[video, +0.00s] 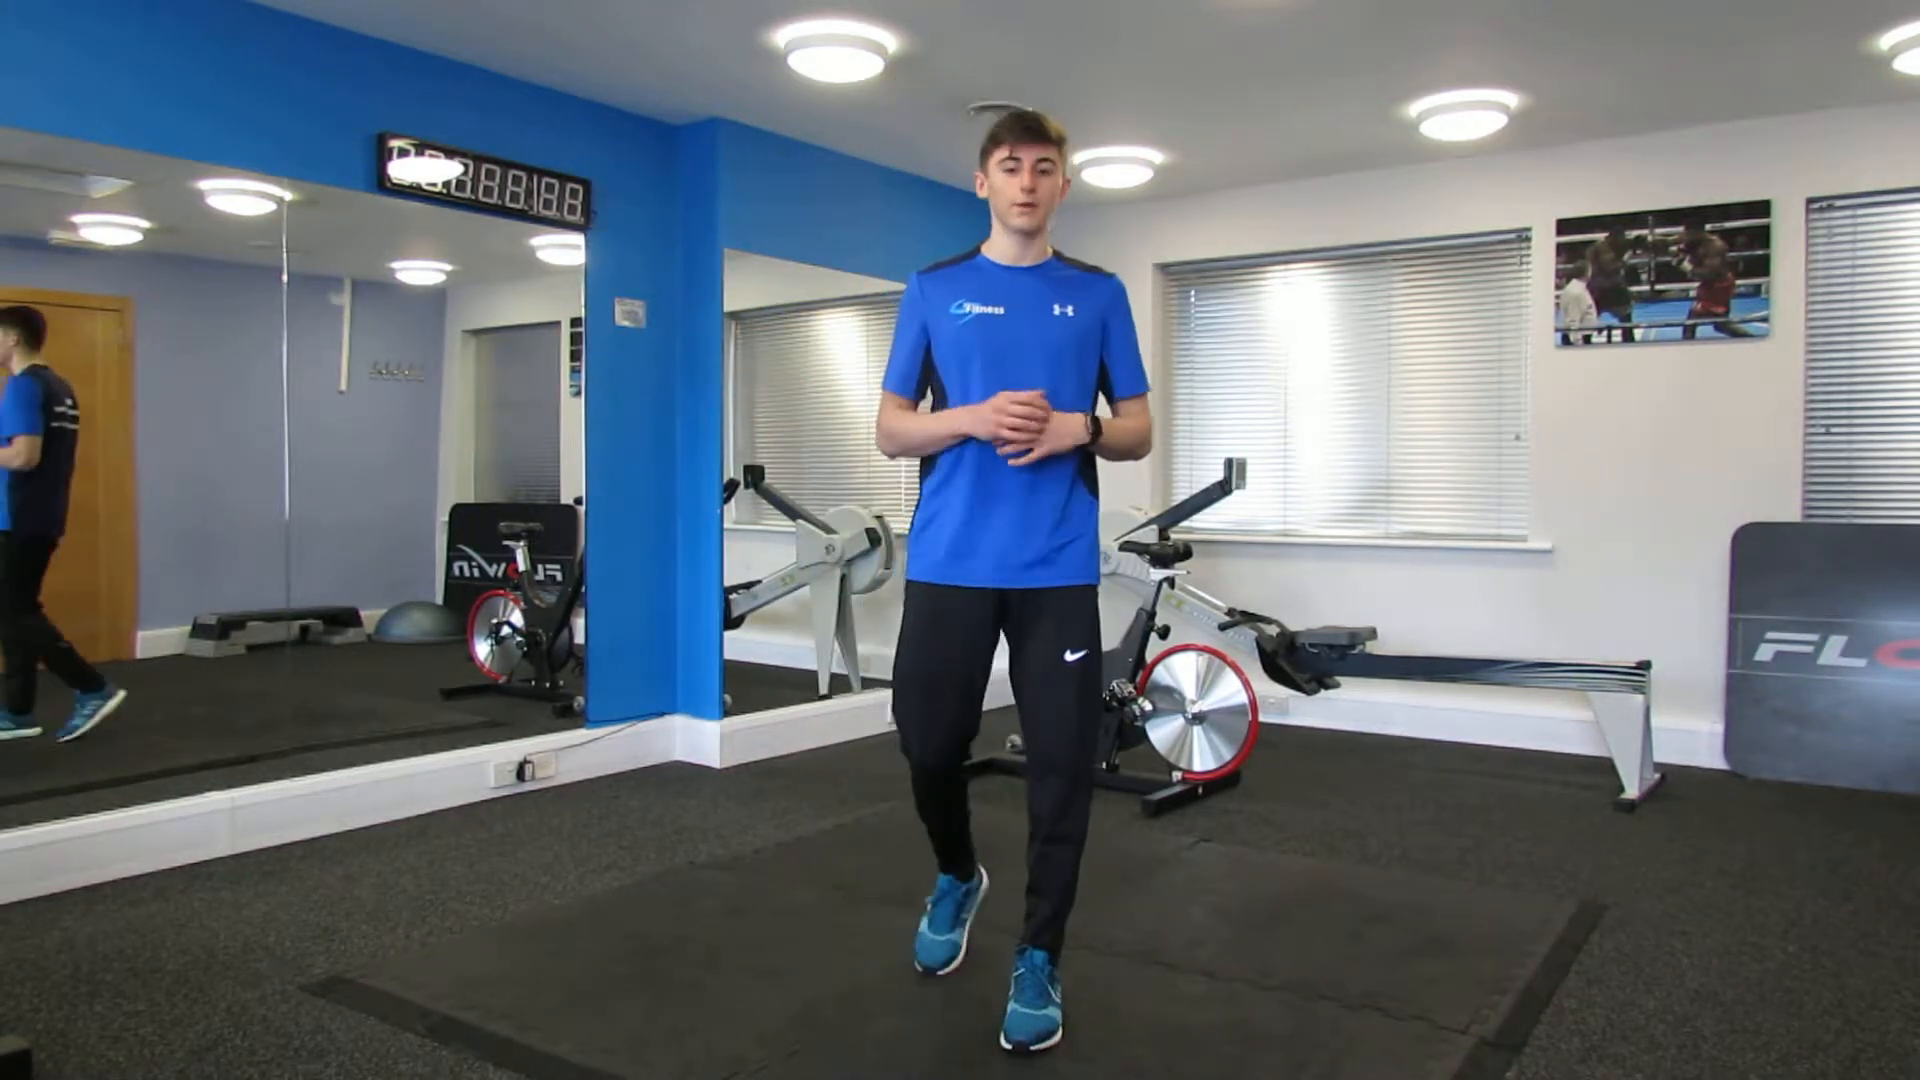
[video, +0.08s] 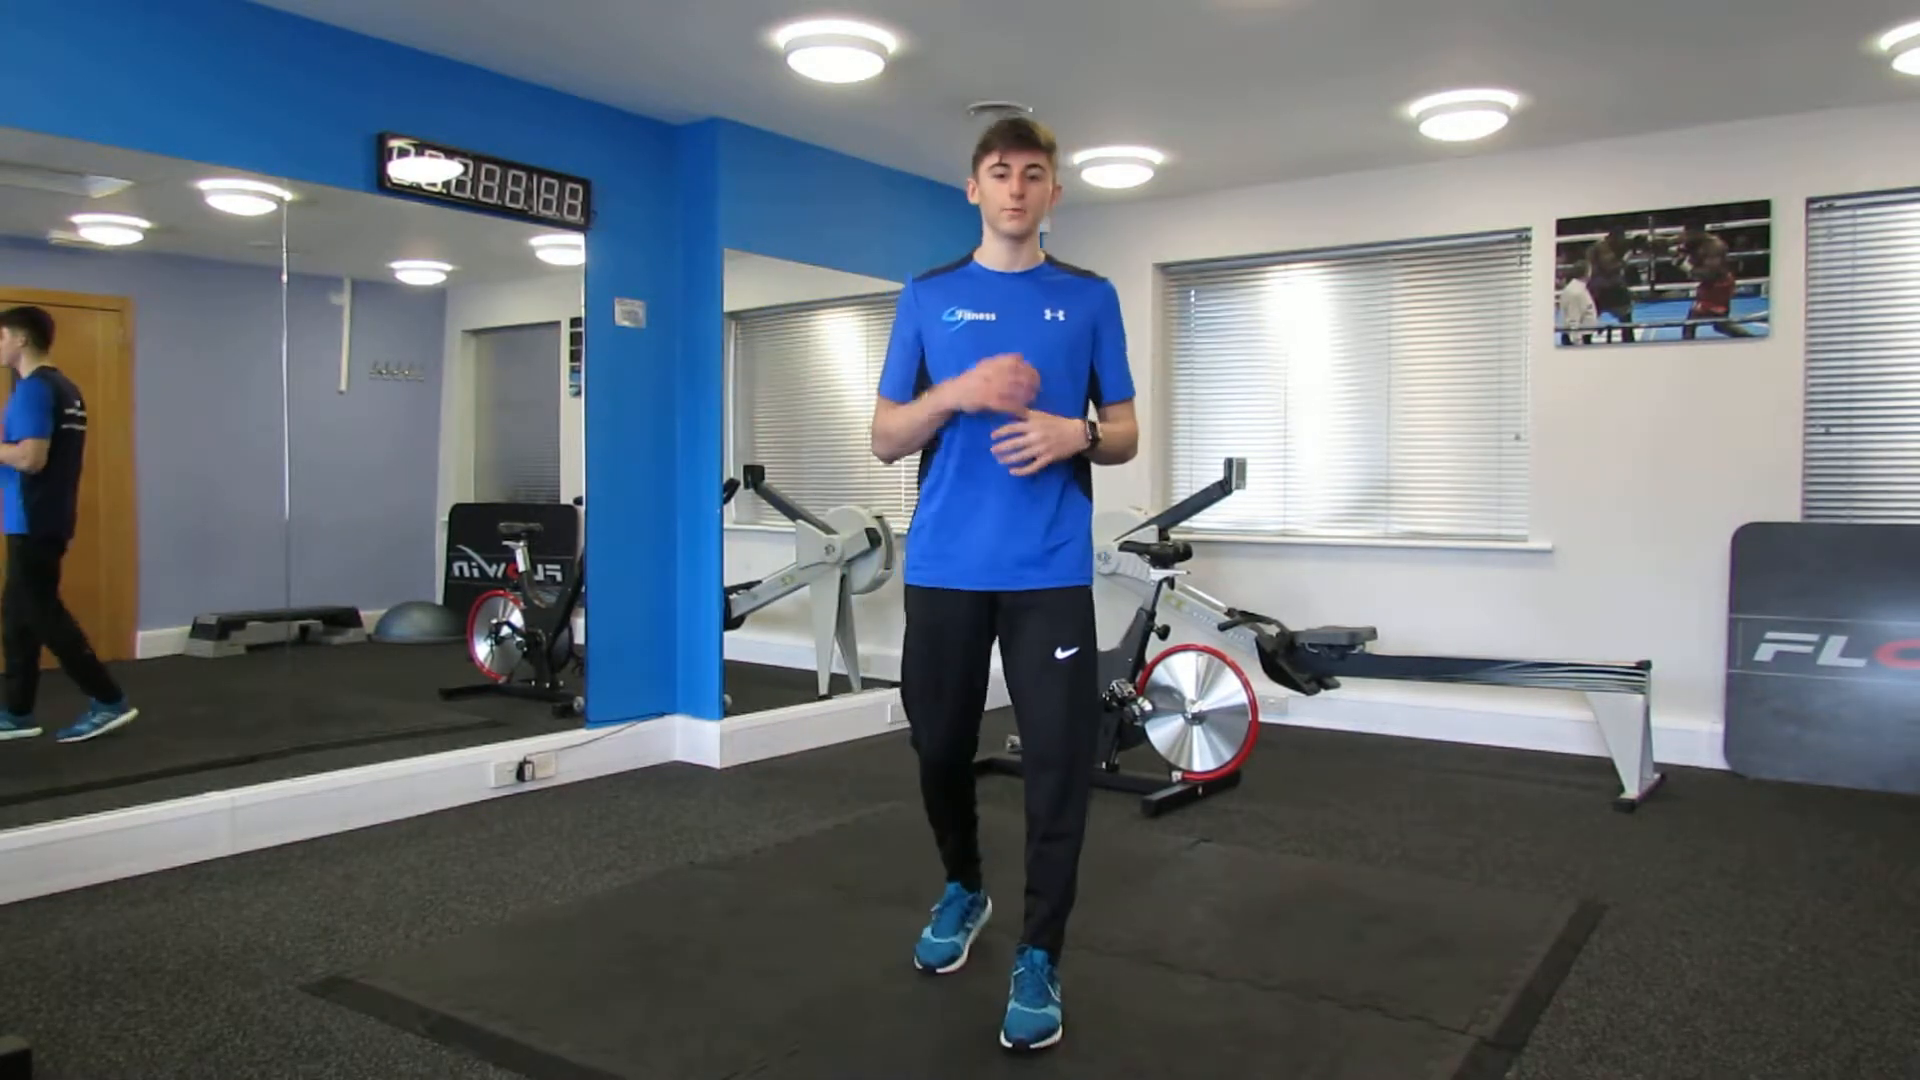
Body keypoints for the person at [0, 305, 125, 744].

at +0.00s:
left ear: (13, 340)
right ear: (31, 341)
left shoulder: (24, 385)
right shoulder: (59, 387)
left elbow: (24, 455)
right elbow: (51, 458)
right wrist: (10, 451)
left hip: (20, 524)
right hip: (41, 523)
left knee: (18, 612)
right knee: (16, 613)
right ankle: (16, 711)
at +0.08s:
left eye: (3, 336)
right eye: (0, 336)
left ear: (21, 339)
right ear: (37, 341)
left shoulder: (34, 387)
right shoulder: (65, 388)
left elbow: (31, 457)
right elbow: (55, 458)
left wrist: (1, 447)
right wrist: (12, 447)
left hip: (33, 527)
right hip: (47, 525)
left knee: (40, 613)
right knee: (20, 616)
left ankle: (111, 701)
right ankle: (16, 712)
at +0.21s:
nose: (7, 345)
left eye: (12, 337)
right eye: (9, 337)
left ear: (32, 339)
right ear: (44, 341)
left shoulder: (54, 387)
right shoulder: (64, 387)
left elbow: (35, 453)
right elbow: (27, 451)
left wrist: (3, 421)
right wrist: (10, 418)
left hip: (56, 530)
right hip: (51, 529)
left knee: (78, 616)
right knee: (28, 614)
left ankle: (119, 708)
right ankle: (19, 711)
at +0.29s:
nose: (15, 347)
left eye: (20, 338)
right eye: (16, 339)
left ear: (40, 340)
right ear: (47, 341)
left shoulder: (66, 388)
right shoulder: (62, 388)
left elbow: (40, 453)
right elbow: (32, 455)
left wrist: (4, 418)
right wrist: (9, 424)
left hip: (73, 529)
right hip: (62, 528)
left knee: (89, 617)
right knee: (40, 617)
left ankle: (121, 709)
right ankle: (24, 711)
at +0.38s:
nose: (21, 347)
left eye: (25, 338)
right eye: (21, 339)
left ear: (46, 340)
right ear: (51, 341)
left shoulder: (72, 386)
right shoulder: (75, 385)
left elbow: (52, 453)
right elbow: (55, 454)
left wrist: (8, 424)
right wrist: (17, 436)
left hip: (83, 528)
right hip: (72, 527)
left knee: (96, 618)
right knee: (50, 617)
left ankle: (122, 709)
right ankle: (28, 709)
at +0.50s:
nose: (30, 347)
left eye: (34, 338)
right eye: (30, 338)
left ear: (57, 340)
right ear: (61, 341)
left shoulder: (83, 386)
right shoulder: (87, 384)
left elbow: (82, 457)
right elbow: (89, 451)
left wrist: (34, 441)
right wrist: (47, 450)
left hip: (93, 527)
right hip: (87, 526)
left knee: (101, 616)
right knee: (60, 613)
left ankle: (122, 709)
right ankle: (32, 708)